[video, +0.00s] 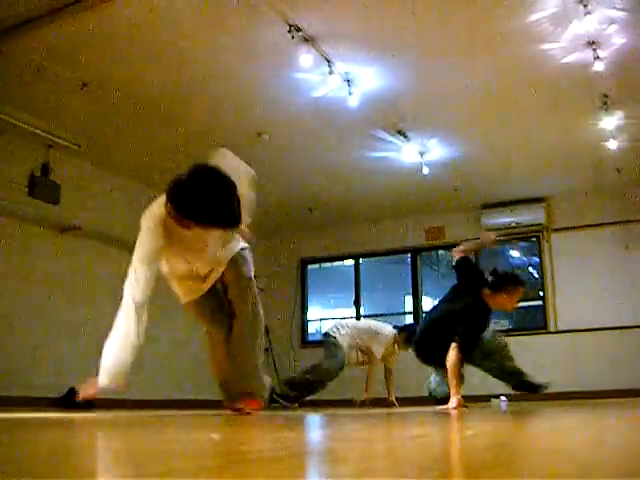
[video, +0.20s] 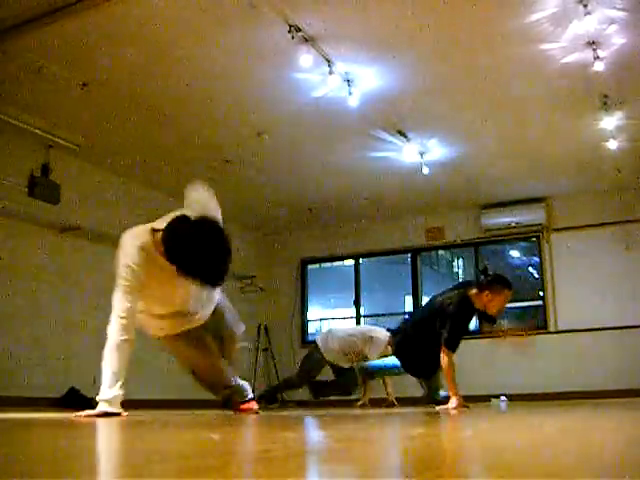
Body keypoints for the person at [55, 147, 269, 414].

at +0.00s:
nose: (210, 237)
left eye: (214, 232)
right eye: (206, 231)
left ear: (223, 217)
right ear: (182, 218)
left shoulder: (231, 198)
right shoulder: (155, 223)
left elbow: (226, 156)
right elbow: (134, 300)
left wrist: (244, 223)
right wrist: (110, 377)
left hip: (227, 253)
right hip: (185, 272)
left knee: (247, 303)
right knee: (219, 327)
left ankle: (250, 392)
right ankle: (235, 397)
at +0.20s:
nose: (194, 282)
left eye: (200, 281)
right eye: (192, 278)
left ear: (215, 239)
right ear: (175, 262)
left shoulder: (205, 221)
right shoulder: (135, 248)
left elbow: (200, 189)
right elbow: (121, 324)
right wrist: (109, 401)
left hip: (209, 302)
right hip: (168, 321)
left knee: (231, 341)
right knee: (208, 367)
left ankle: (228, 382)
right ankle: (236, 392)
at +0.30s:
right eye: (177, 288)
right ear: (159, 264)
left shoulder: (196, 235)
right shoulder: (117, 246)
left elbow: (214, 269)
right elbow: (105, 323)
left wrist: (207, 308)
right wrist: (108, 400)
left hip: (165, 318)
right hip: (117, 322)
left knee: (185, 346)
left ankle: (226, 397)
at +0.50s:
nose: (152, 298)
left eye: (158, 298)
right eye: (155, 292)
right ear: (158, 275)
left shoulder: (173, 274)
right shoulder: (115, 253)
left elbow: (153, 337)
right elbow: (99, 328)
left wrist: (137, 397)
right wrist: (109, 399)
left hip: (107, 317)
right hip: (65, 305)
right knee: (80, 383)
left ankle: (9, 365)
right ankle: (8, 364)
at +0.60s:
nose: (163, 305)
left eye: (170, 306)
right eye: (168, 298)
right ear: (171, 275)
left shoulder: (165, 308)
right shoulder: (124, 250)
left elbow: (135, 349)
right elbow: (103, 323)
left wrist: (125, 398)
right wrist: (111, 398)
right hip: (45, 302)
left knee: (52, 370)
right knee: (6, 367)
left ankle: (71, 396)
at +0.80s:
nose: (186, 280)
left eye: (191, 279)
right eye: (190, 273)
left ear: (190, 275)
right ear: (185, 255)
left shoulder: (156, 297)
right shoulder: (142, 235)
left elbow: (131, 344)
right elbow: (101, 257)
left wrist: (122, 399)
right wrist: (103, 313)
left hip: (53, 333)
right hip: (35, 295)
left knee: (11, 351)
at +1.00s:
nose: (184, 247)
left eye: (193, 247)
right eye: (186, 235)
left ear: (194, 254)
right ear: (173, 224)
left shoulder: (154, 288)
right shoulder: (134, 215)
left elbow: (133, 342)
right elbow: (94, 181)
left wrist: (124, 397)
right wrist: (48, 149)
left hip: (71, 327)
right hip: (47, 279)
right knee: (49, 332)